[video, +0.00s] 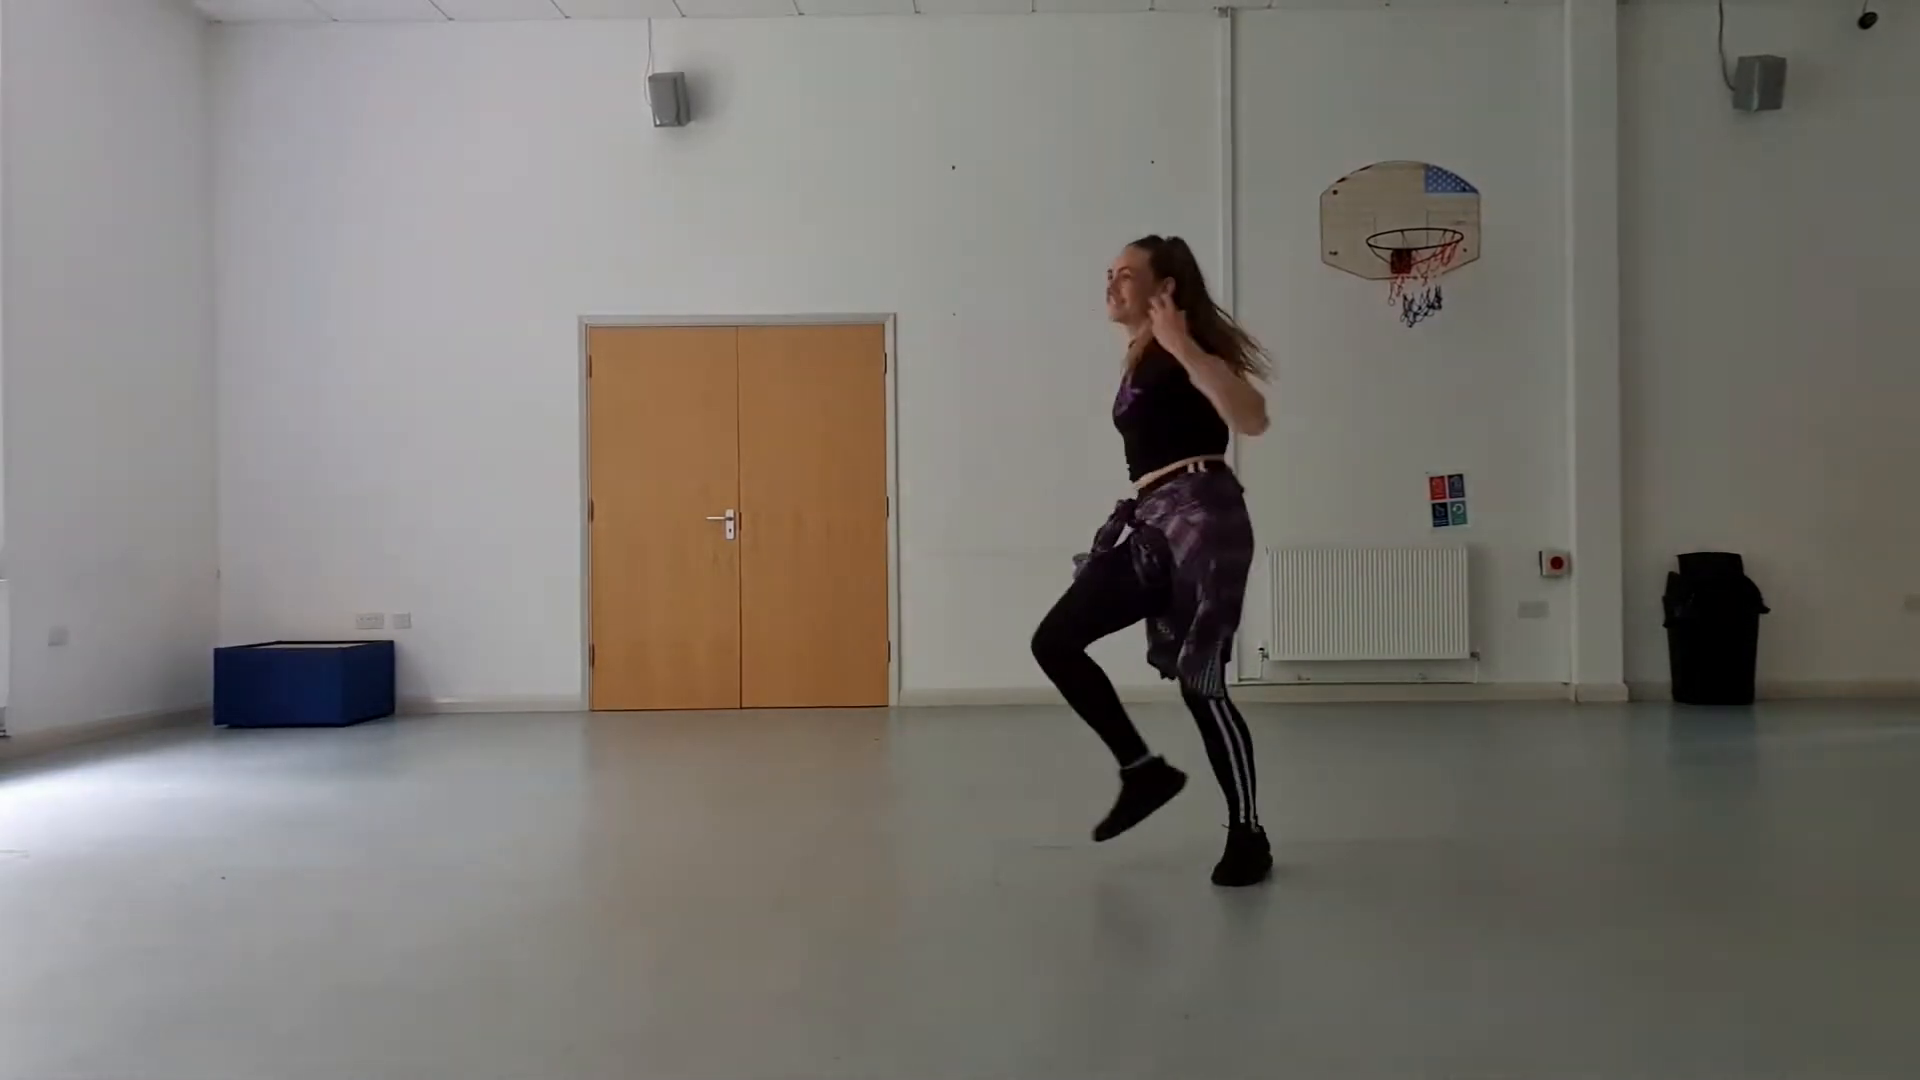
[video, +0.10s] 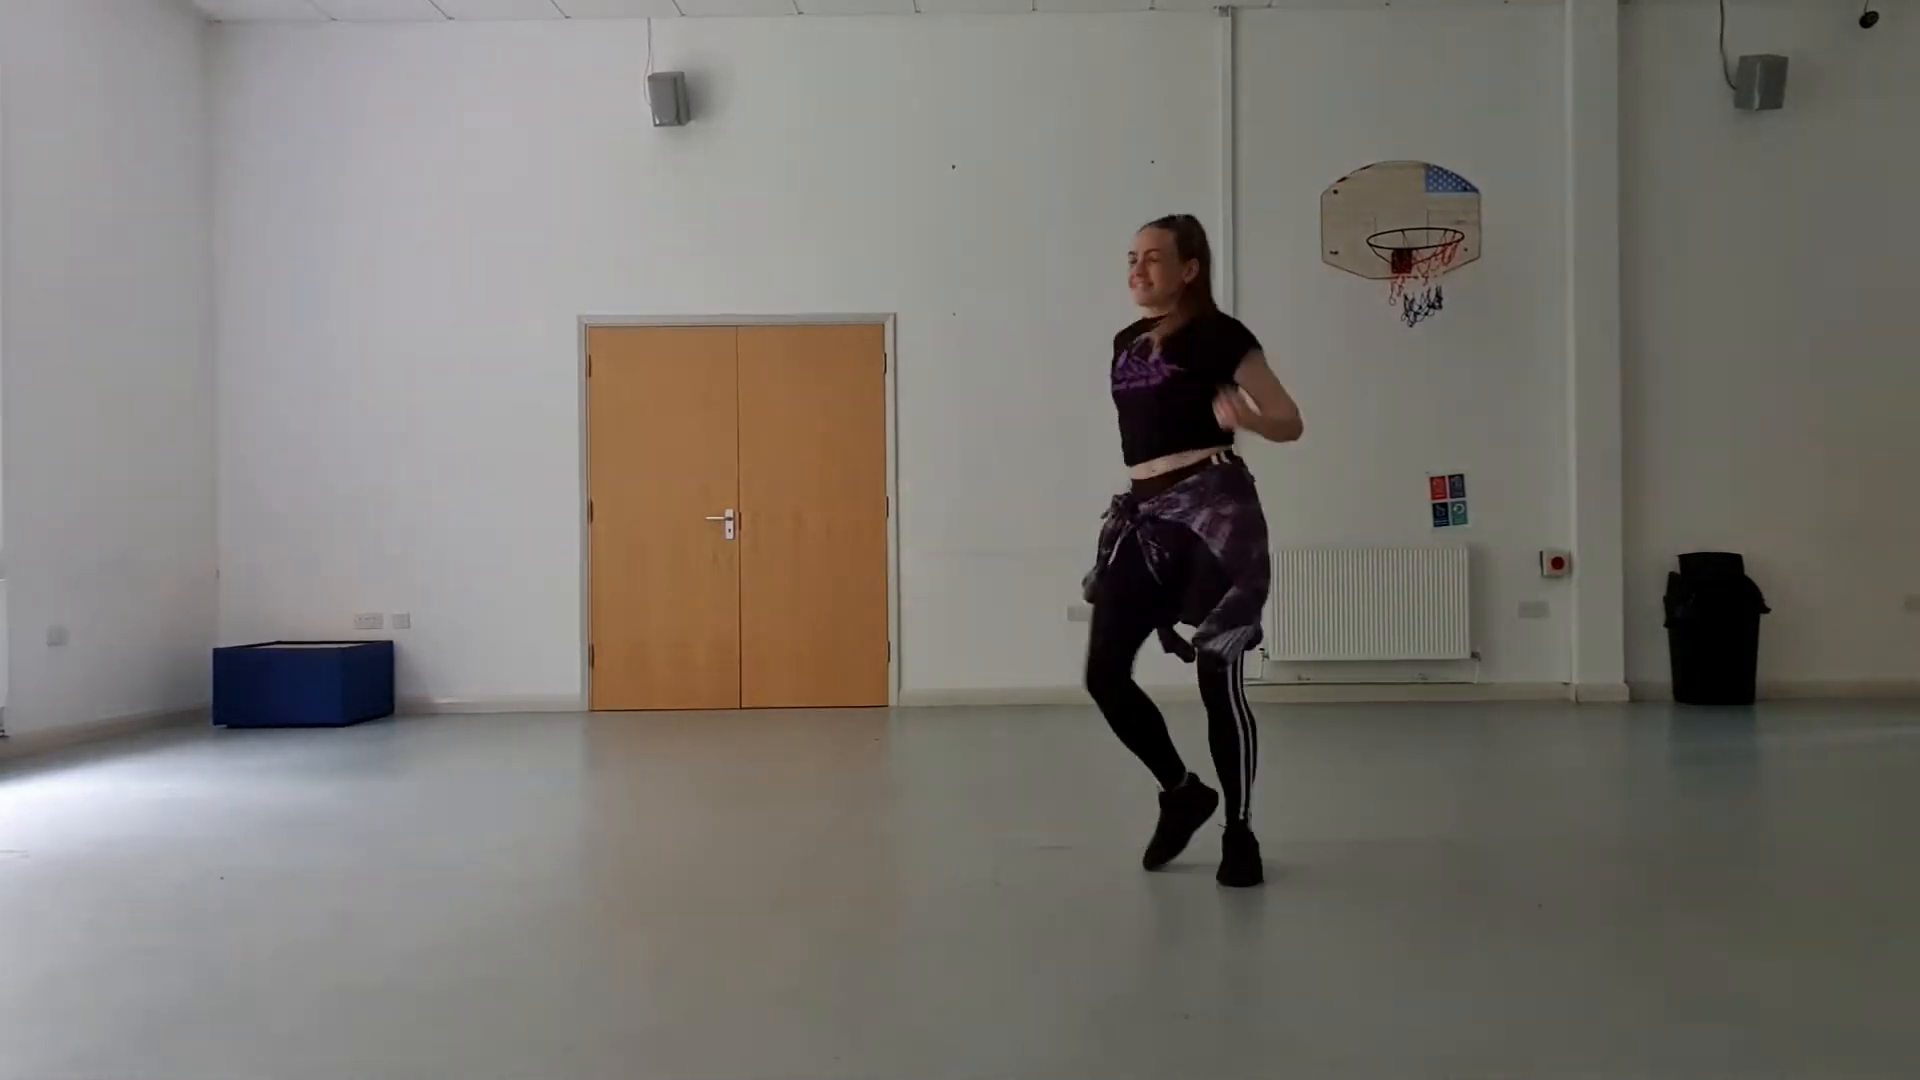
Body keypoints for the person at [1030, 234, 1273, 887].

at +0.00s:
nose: (1110, 288)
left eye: (1123, 278)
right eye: (1111, 278)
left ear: (1163, 288)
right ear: (1140, 293)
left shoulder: (1200, 344)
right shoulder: (1141, 355)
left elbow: (1252, 419)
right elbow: (1162, 447)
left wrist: (1179, 345)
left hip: (1204, 518)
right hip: (1149, 524)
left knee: (1202, 682)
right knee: (1054, 643)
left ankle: (1246, 833)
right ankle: (1141, 770)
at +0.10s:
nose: (1137, 272)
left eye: (1152, 260)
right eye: (1133, 261)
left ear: (1191, 269)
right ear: (1132, 271)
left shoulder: (1220, 335)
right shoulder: (1129, 343)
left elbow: (1289, 422)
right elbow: (1144, 435)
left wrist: (1248, 416)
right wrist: (1133, 512)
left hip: (1214, 513)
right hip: (1144, 518)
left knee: (1220, 676)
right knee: (1106, 675)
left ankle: (1239, 830)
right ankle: (1181, 789)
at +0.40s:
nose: (1251, 277)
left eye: (1247, 267)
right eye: (1238, 267)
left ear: (1215, 281)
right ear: (1198, 279)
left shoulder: (1235, 355)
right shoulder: (1156, 338)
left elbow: (1208, 441)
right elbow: (1062, 369)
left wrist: (1246, 473)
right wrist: (1111, 439)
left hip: (1225, 529)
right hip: (1152, 528)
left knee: (1232, 688)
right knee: (1127, 673)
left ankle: (1233, 832)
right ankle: (1098, 793)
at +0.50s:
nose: (1235, 257)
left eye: (1231, 247)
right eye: (1225, 248)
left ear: (1190, 258)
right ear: (1189, 257)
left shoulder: (1199, 328)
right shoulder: (1166, 304)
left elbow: (1175, 426)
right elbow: (1143, 322)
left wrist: (1224, 460)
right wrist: (1176, 401)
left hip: (1205, 518)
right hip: (1146, 514)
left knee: (1221, 681)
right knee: (1115, 662)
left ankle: (1232, 835)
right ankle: (1017, 815)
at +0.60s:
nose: (1208, 259)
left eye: (1203, 249)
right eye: (1198, 249)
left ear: (1153, 261)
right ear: (1163, 258)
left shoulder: (1140, 327)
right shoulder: (1171, 298)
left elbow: (1111, 437)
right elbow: (1225, 281)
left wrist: (1192, 461)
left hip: (1183, 514)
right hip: (1145, 510)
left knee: (1210, 681)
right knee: (1083, 679)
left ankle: (1218, 834)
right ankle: (975, 833)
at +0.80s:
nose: (1156, 279)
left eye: (1154, 270)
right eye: (1142, 272)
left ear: (1110, 283)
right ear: (1098, 280)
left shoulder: (1101, 341)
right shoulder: (1113, 324)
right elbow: (1204, 281)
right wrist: (1285, 216)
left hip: (1128, 536)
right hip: (1080, 534)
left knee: (1195, 682)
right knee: (1062, 721)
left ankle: (1208, 829)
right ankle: (951, 874)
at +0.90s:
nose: (1125, 264)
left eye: (1130, 253)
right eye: (1108, 251)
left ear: (1129, 264)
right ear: (1066, 263)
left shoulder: (1097, 330)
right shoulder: (1049, 315)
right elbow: (1054, 302)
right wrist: (1148, 248)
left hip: (1094, 523)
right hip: (1041, 518)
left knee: (1194, 662)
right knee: (1033, 709)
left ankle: (1174, 821)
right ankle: (949, 874)